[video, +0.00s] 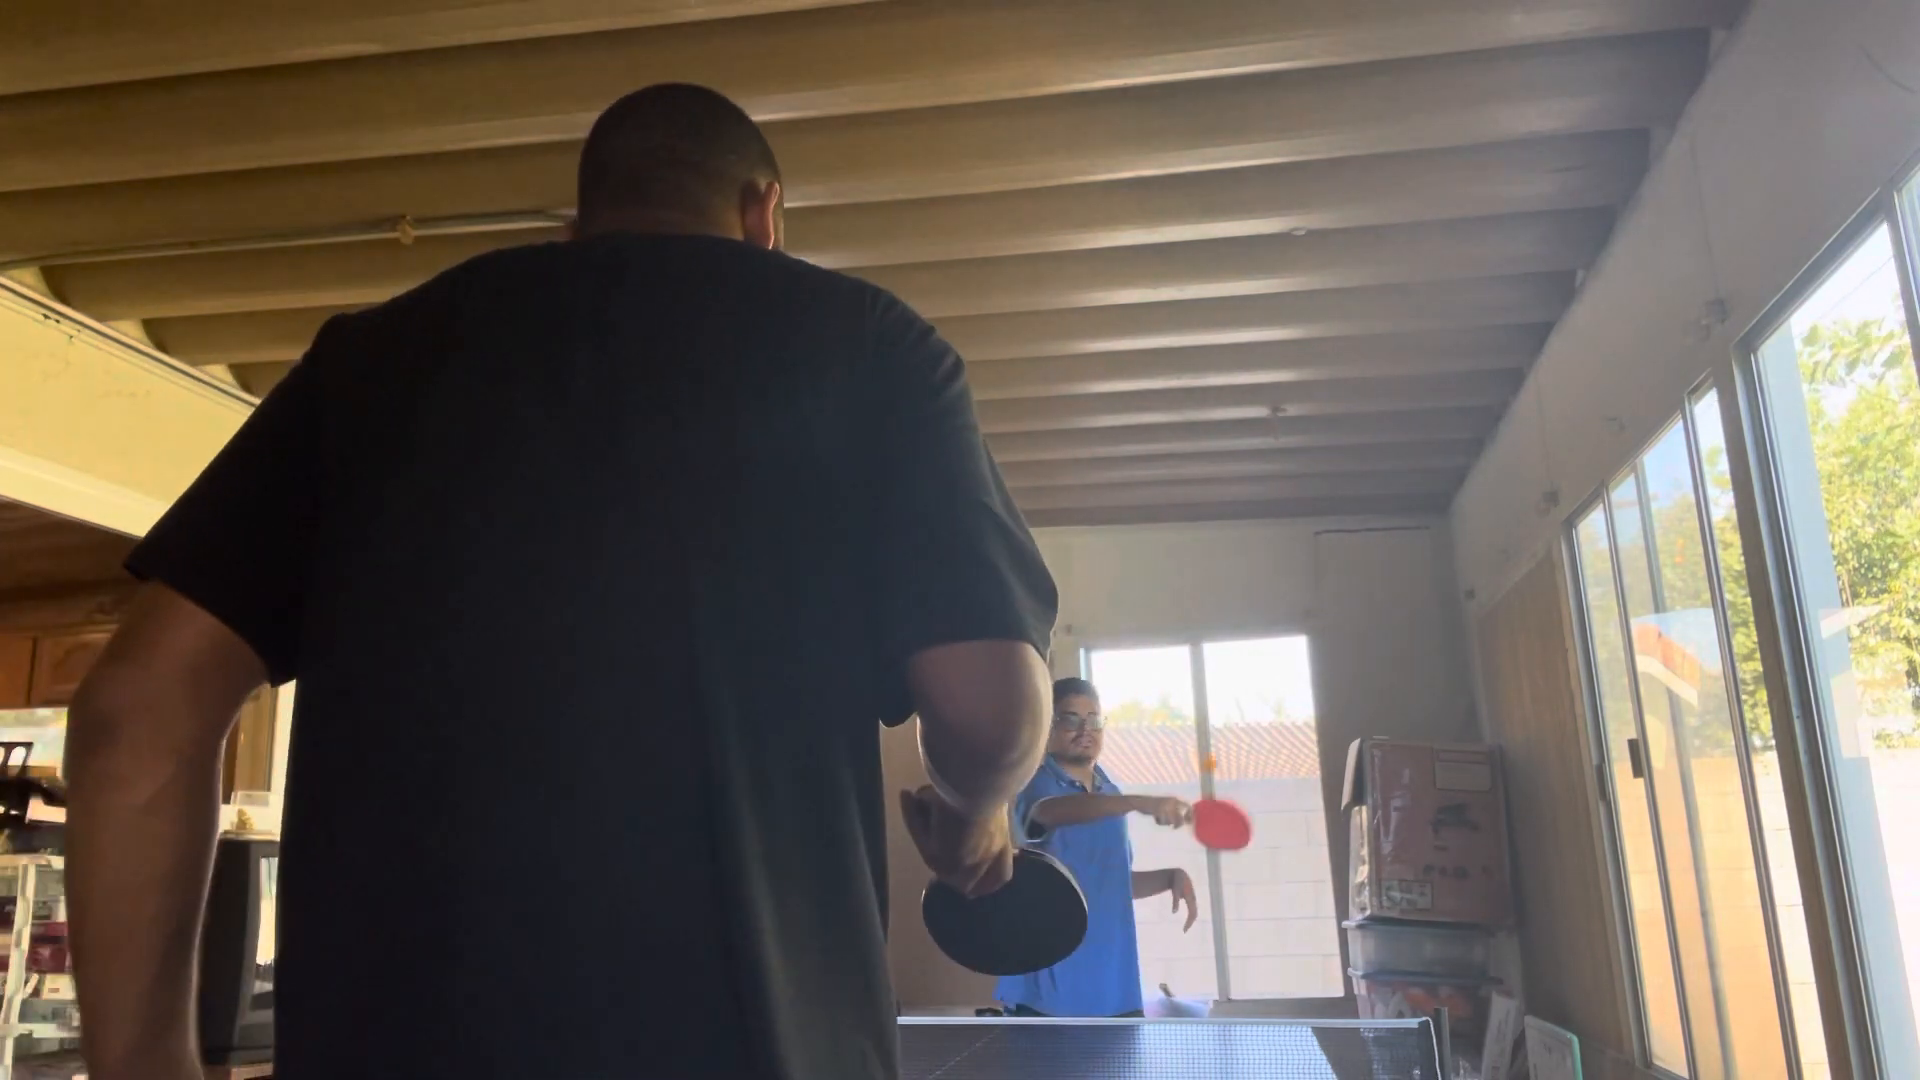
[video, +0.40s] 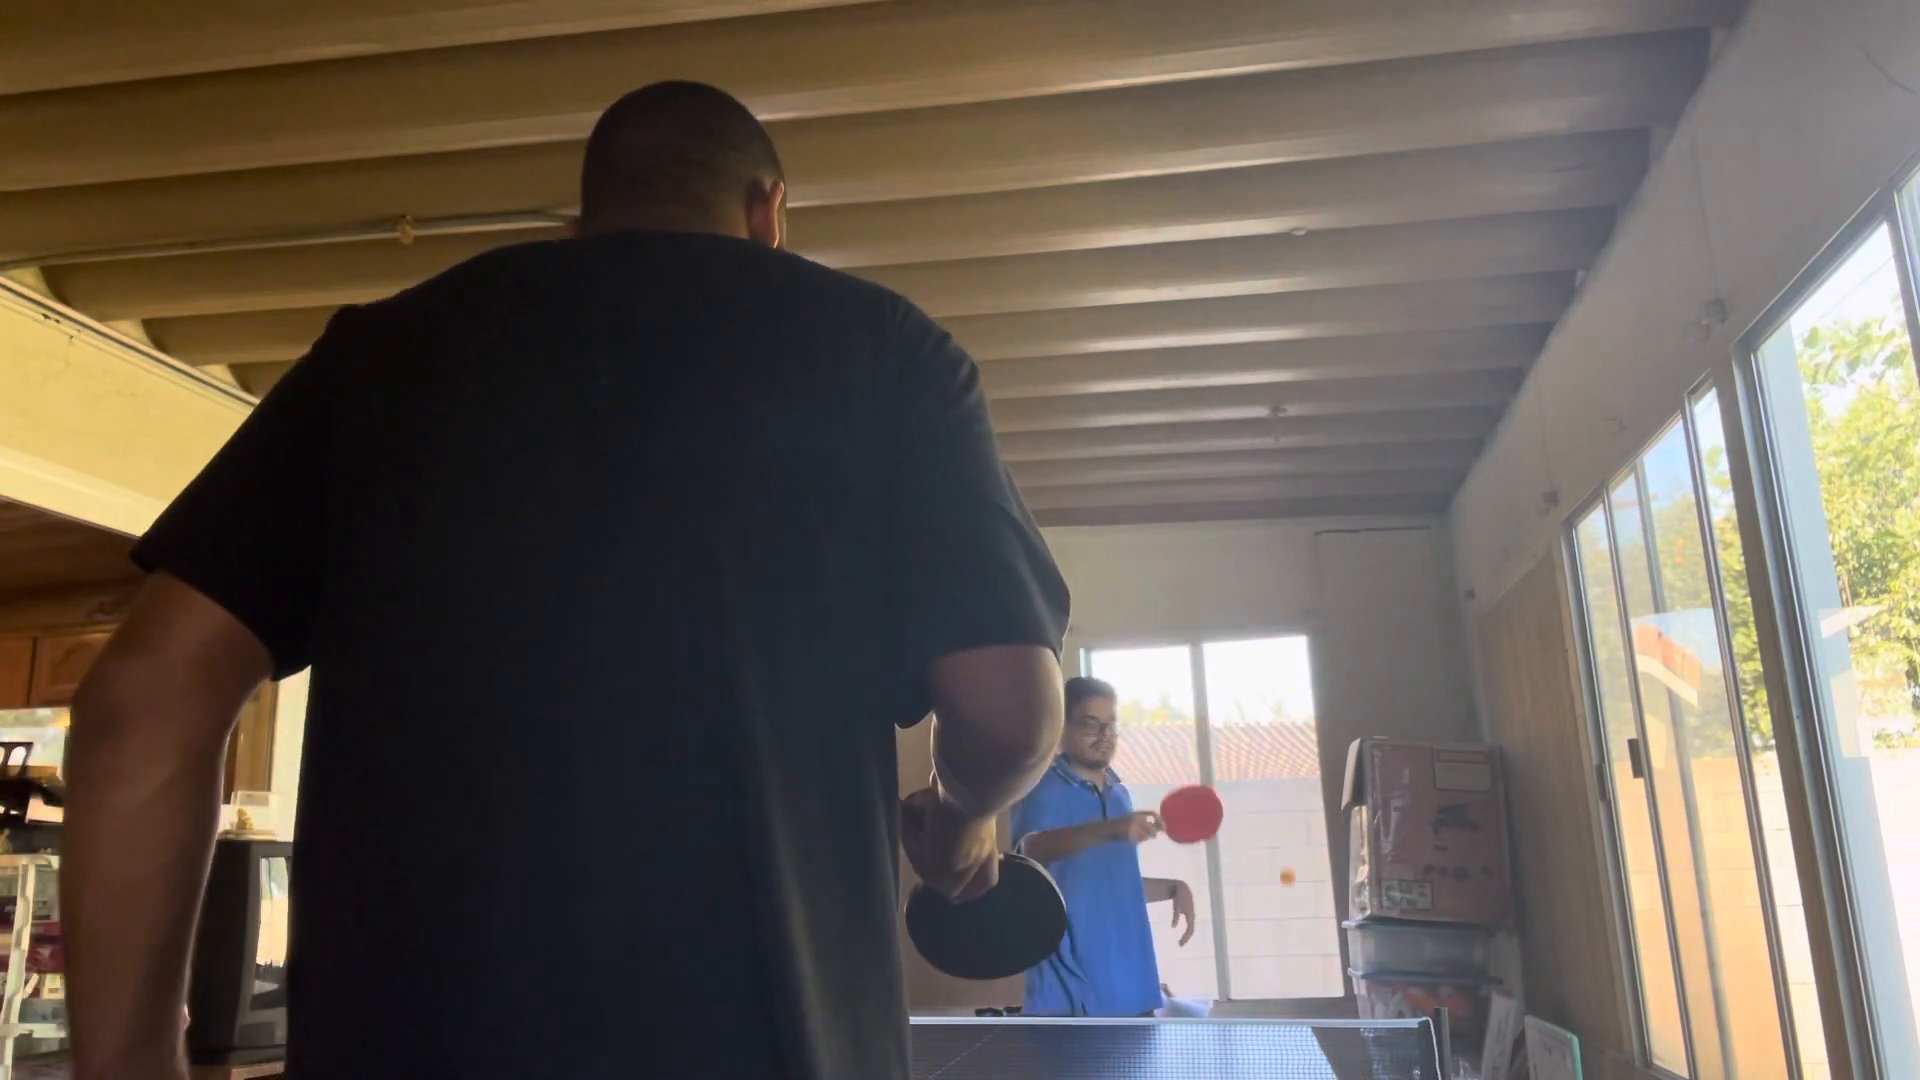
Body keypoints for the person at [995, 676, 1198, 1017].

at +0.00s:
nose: (1086, 730)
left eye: (1095, 720)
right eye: (1070, 720)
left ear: (1104, 728)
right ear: (1046, 728)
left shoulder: (1107, 792)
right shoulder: (1034, 780)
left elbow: (1110, 884)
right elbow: (1047, 811)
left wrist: (1171, 877)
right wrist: (1140, 803)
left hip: (1114, 987)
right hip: (1048, 993)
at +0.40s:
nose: (1104, 736)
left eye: (1111, 725)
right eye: (1090, 724)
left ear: (1117, 728)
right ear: (1061, 727)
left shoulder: (1116, 795)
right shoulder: (1041, 787)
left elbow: (1112, 887)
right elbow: (1028, 849)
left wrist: (1172, 887)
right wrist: (1113, 828)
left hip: (1129, 990)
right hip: (1065, 998)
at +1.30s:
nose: (1161, 736)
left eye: (1168, 726)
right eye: (1147, 725)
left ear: (1177, 731)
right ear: (1121, 731)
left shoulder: (1170, 793)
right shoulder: (1112, 793)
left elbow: (1183, 891)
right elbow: (1109, 880)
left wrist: (1235, 940)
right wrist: (1178, 886)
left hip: (1194, 982)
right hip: (1147, 987)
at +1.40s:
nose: (1166, 737)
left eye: (1174, 727)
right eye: (1152, 725)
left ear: (1182, 733)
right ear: (1125, 731)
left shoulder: (1175, 794)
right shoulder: (1113, 793)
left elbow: (1188, 891)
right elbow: (1108, 885)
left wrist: (1239, 937)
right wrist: (1174, 897)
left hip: (1195, 986)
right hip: (1147, 990)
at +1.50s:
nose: (1172, 740)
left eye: (1179, 730)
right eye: (1158, 729)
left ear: (1186, 733)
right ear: (1131, 732)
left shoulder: (1177, 796)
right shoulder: (1116, 794)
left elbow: (1189, 888)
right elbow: (1103, 882)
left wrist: (1236, 943)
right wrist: (1174, 906)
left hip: (1195, 987)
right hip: (1149, 994)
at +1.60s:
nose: (1178, 742)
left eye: (1185, 732)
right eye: (1164, 730)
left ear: (1193, 734)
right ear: (1136, 733)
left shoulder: (1181, 797)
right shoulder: (1121, 793)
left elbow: (1189, 889)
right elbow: (1108, 880)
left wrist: (1225, 950)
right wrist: (1191, 913)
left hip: (1196, 989)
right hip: (1150, 996)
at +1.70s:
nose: (1183, 745)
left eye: (1191, 735)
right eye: (1169, 733)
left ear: (1198, 736)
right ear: (1141, 733)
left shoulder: (1179, 794)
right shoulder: (1127, 792)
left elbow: (1186, 888)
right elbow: (1120, 884)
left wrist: (1215, 959)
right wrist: (1210, 920)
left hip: (1192, 992)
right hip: (1150, 997)